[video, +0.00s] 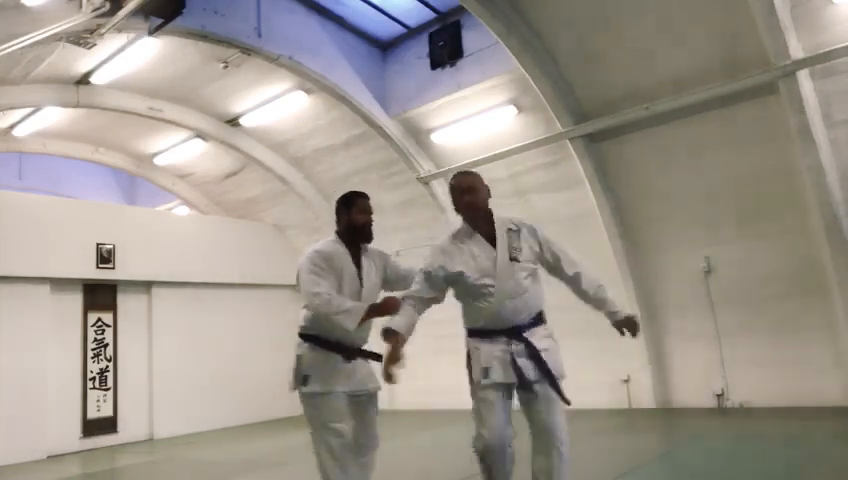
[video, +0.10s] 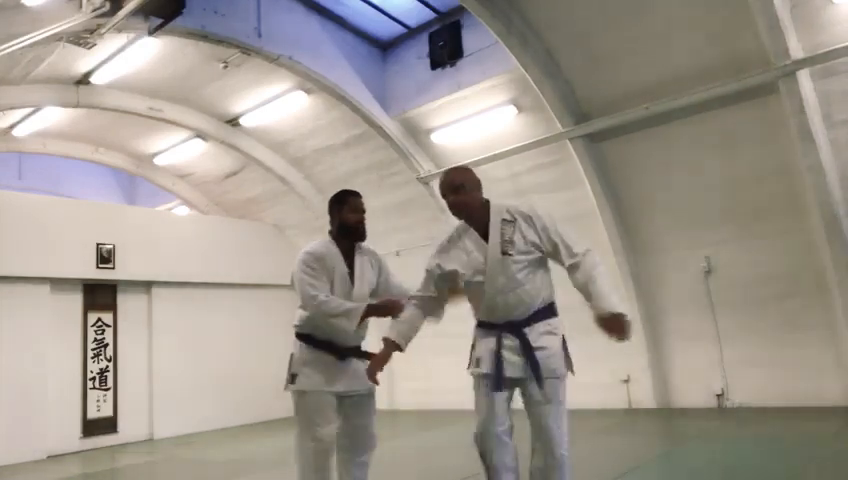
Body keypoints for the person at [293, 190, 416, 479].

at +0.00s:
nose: (370, 220)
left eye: (371, 213)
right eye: (364, 213)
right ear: (342, 217)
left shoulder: (376, 259)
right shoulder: (318, 258)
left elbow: (414, 279)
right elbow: (320, 304)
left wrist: (440, 278)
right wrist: (371, 310)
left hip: (357, 363)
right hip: (321, 366)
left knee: (366, 442)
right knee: (336, 444)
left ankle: (357, 477)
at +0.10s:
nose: (363, 218)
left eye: (364, 212)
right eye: (356, 213)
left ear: (362, 215)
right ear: (335, 216)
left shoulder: (371, 259)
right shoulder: (313, 256)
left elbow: (396, 296)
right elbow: (314, 303)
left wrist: (429, 300)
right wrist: (369, 310)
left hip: (354, 363)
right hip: (314, 364)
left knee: (359, 443)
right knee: (319, 442)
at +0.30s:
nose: (345, 219)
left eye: (346, 213)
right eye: (337, 213)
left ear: (346, 217)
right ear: (318, 219)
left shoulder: (358, 262)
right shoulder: (300, 259)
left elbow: (371, 314)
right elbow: (301, 303)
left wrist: (376, 362)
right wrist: (356, 319)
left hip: (347, 366)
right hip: (305, 367)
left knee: (359, 445)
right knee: (285, 447)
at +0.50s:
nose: (326, 223)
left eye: (327, 217)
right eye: (319, 217)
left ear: (328, 220)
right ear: (298, 222)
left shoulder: (337, 266)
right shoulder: (280, 266)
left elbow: (351, 313)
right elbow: (277, 320)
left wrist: (359, 354)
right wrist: (311, 357)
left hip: (335, 370)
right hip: (291, 374)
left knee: (352, 446)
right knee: (279, 456)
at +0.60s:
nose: (317, 224)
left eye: (318, 218)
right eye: (310, 218)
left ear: (318, 223)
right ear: (289, 224)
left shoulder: (328, 267)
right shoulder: (269, 270)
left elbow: (343, 316)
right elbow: (264, 327)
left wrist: (359, 355)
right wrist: (283, 371)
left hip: (323, 370)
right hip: (278, 372)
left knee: (346, 445)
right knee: (273, 457)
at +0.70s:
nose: (312, 222)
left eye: (311, 217)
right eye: (304, 217)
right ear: (282, 222)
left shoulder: (322, 266)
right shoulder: (260, 270)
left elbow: (339, 313)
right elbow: (250, 328)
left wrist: (353, 355)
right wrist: (268, 374)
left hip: (318, 369)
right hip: (274, 372)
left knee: (342, 444)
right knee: (269, 456)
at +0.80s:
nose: (307, 222)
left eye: (307, 217)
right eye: (299, 217)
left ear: (307, 219)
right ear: (278, 223)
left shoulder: (321, 265)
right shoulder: (257, 270)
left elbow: (336, 314)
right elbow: (243, 326)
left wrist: (342, 359)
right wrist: (262, 371)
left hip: (318, 371)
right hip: (273, 374)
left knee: (337, 450)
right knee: (265, 459)